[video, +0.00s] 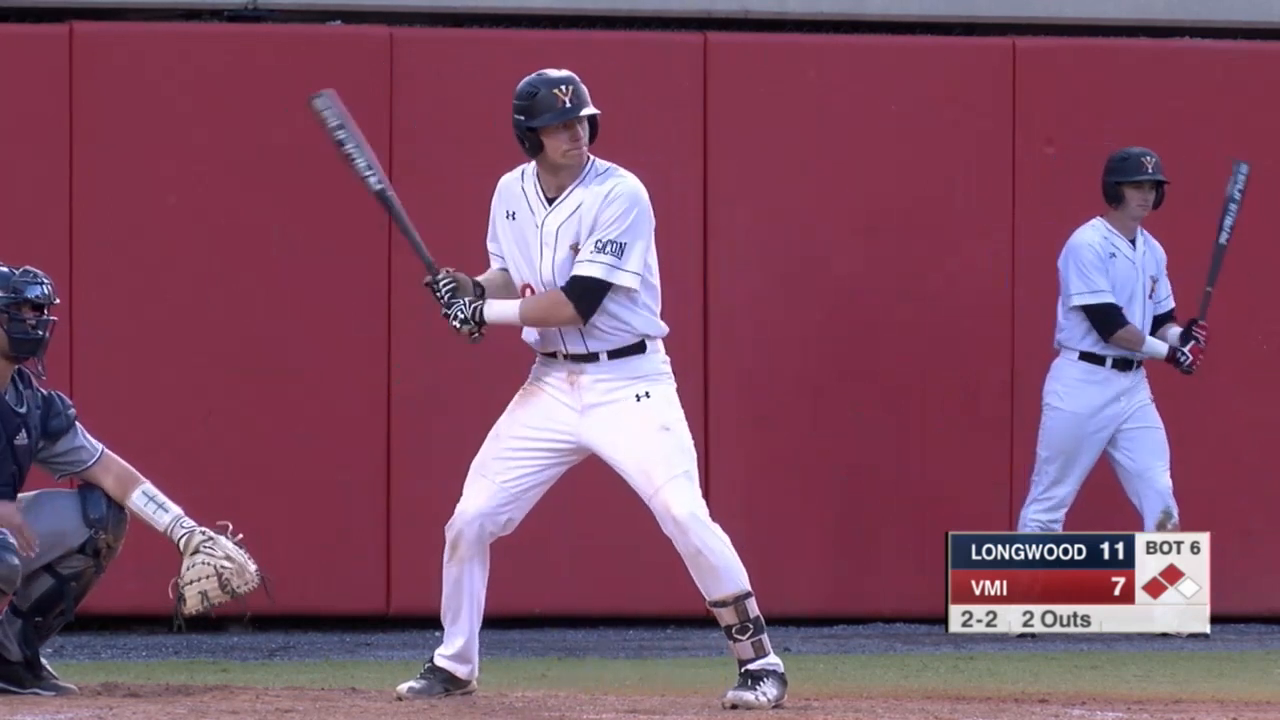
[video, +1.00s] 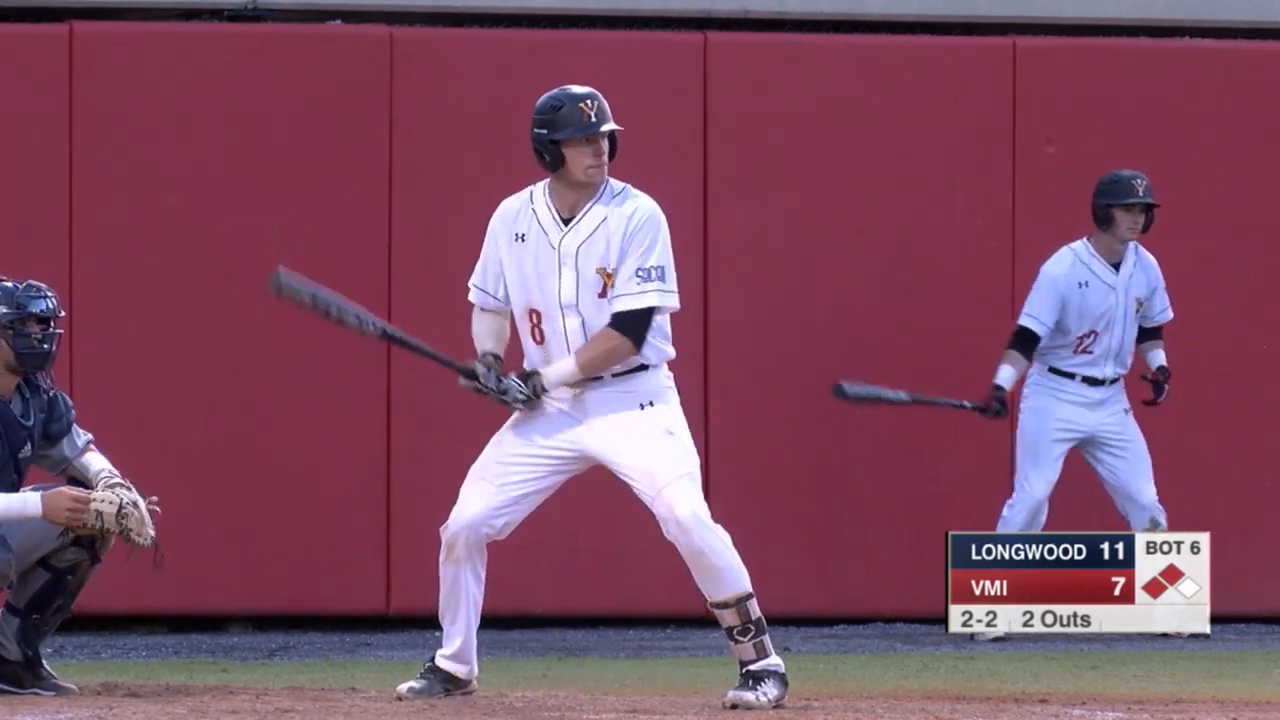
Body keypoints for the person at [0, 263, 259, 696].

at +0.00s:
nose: (31, 322)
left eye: (36, 312)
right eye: (18, 312)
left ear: (44, 318)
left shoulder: (34, 404)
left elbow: (110, 472)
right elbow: (8, 513)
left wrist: (186, 532)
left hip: (3, 526)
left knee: (98, 515)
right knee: (5, 559)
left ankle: (13, 652)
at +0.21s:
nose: (30, 319)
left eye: (34, 310)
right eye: (17, 309)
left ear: (39, 316)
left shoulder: (36, 402)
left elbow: (99, 463)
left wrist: (172, 512)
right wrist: (6, 474)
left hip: (4, 531)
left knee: (98, 515)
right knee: (5, 561)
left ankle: (12, 651)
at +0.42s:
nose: (26, 317)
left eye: (31, 307)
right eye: (15, 307)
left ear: (39, 314)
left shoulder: (34, 388)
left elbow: (87, 450)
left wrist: (142, 475)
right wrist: (43, 487)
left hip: (10, 527)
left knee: (98, 510)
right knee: (88, 512)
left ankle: (17, 649)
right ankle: (11, 650)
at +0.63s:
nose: (31, 324)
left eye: (35, 315)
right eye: (18, 315)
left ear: (42, 321)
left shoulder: (32, 392)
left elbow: (67, 451)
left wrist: (120, 476)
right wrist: (35, 512)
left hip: (7, 522)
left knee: (92, 512)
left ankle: (14, 652)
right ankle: (11, 652)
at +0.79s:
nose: (34, 334)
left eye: (38, 324)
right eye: (22, 324)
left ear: (46, 329)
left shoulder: (34, 396)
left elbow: (72, 450)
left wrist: (115, 482)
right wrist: (31, 506)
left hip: (9, 521)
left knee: (88, 514)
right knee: (73, 518)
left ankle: (15, 650)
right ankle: (12, 651)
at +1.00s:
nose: (36, 336)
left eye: (41, 326)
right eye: (22, 326)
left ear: (50, 331)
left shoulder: (37, 397)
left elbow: (75, 450)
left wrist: (113, 485)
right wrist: (37, 505)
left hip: (10, 525)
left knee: (89, 518)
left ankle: (14, 651)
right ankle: (11, 652)